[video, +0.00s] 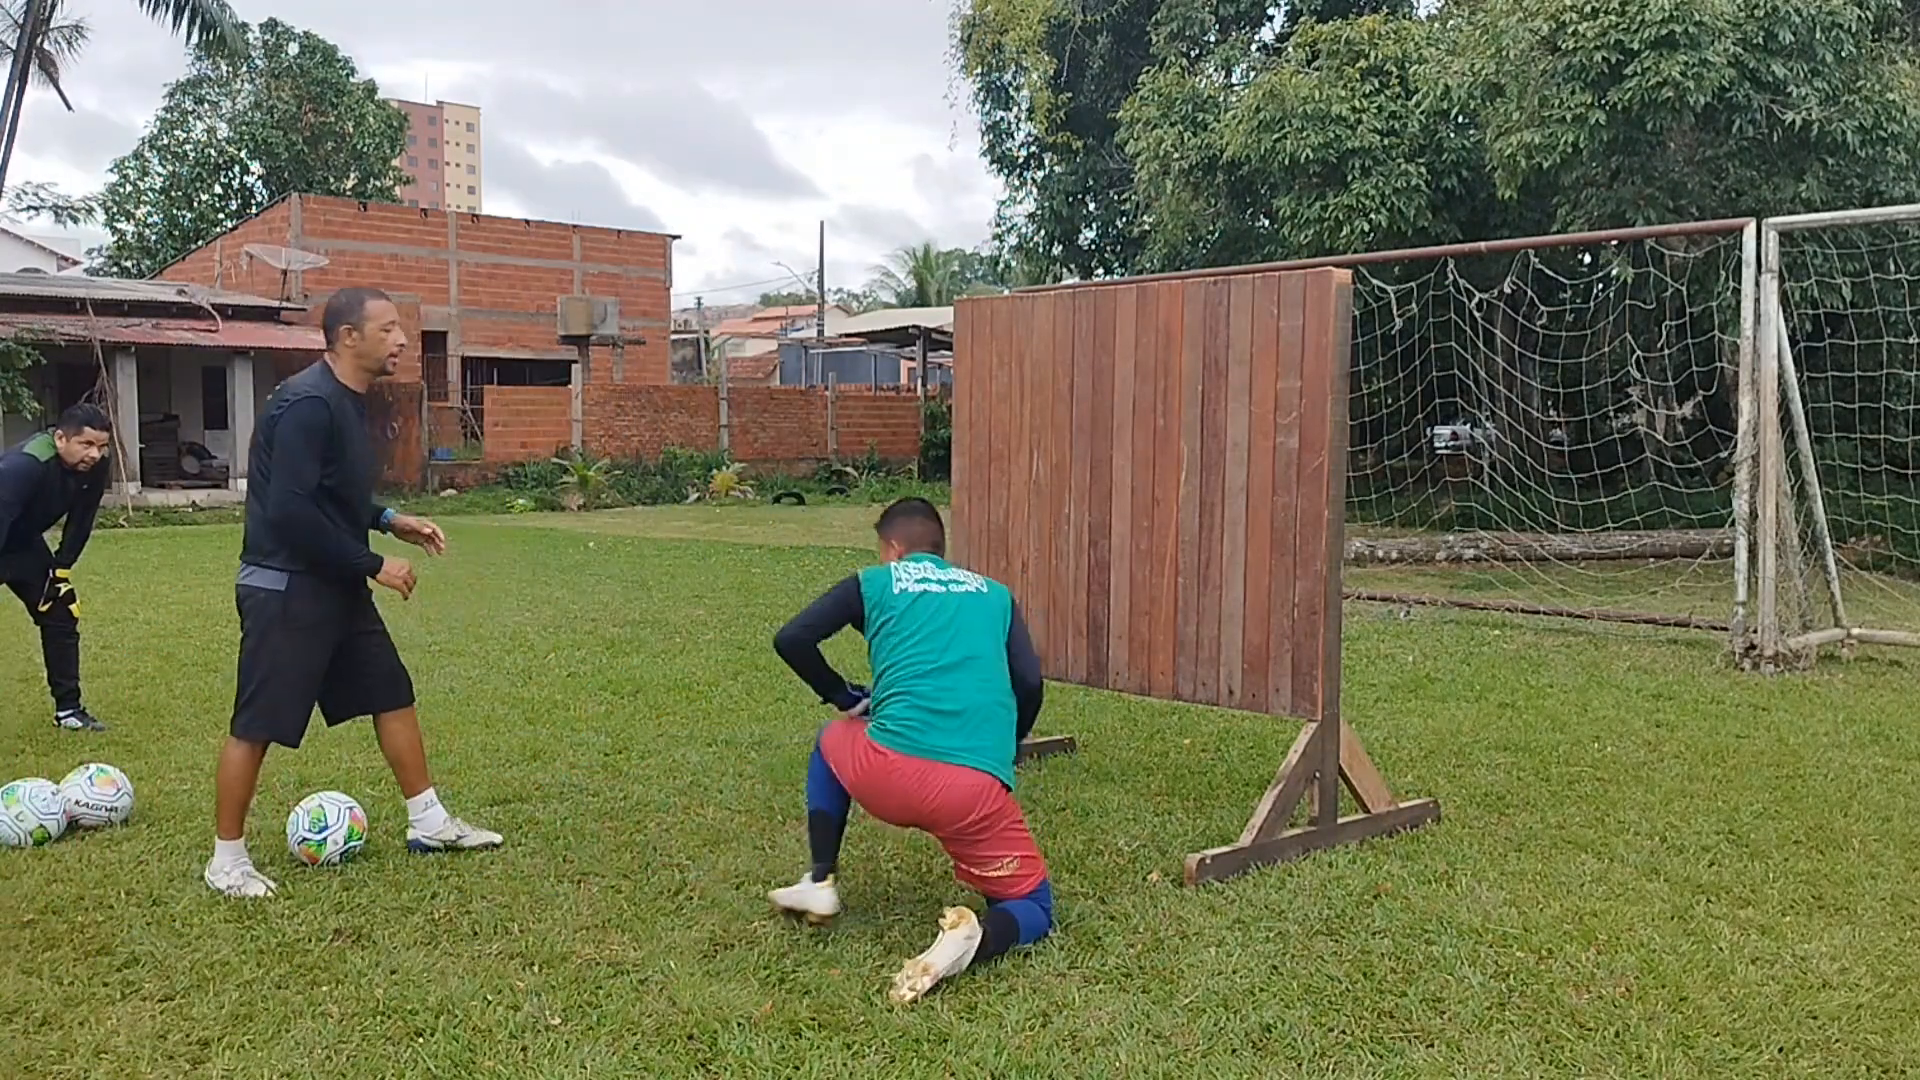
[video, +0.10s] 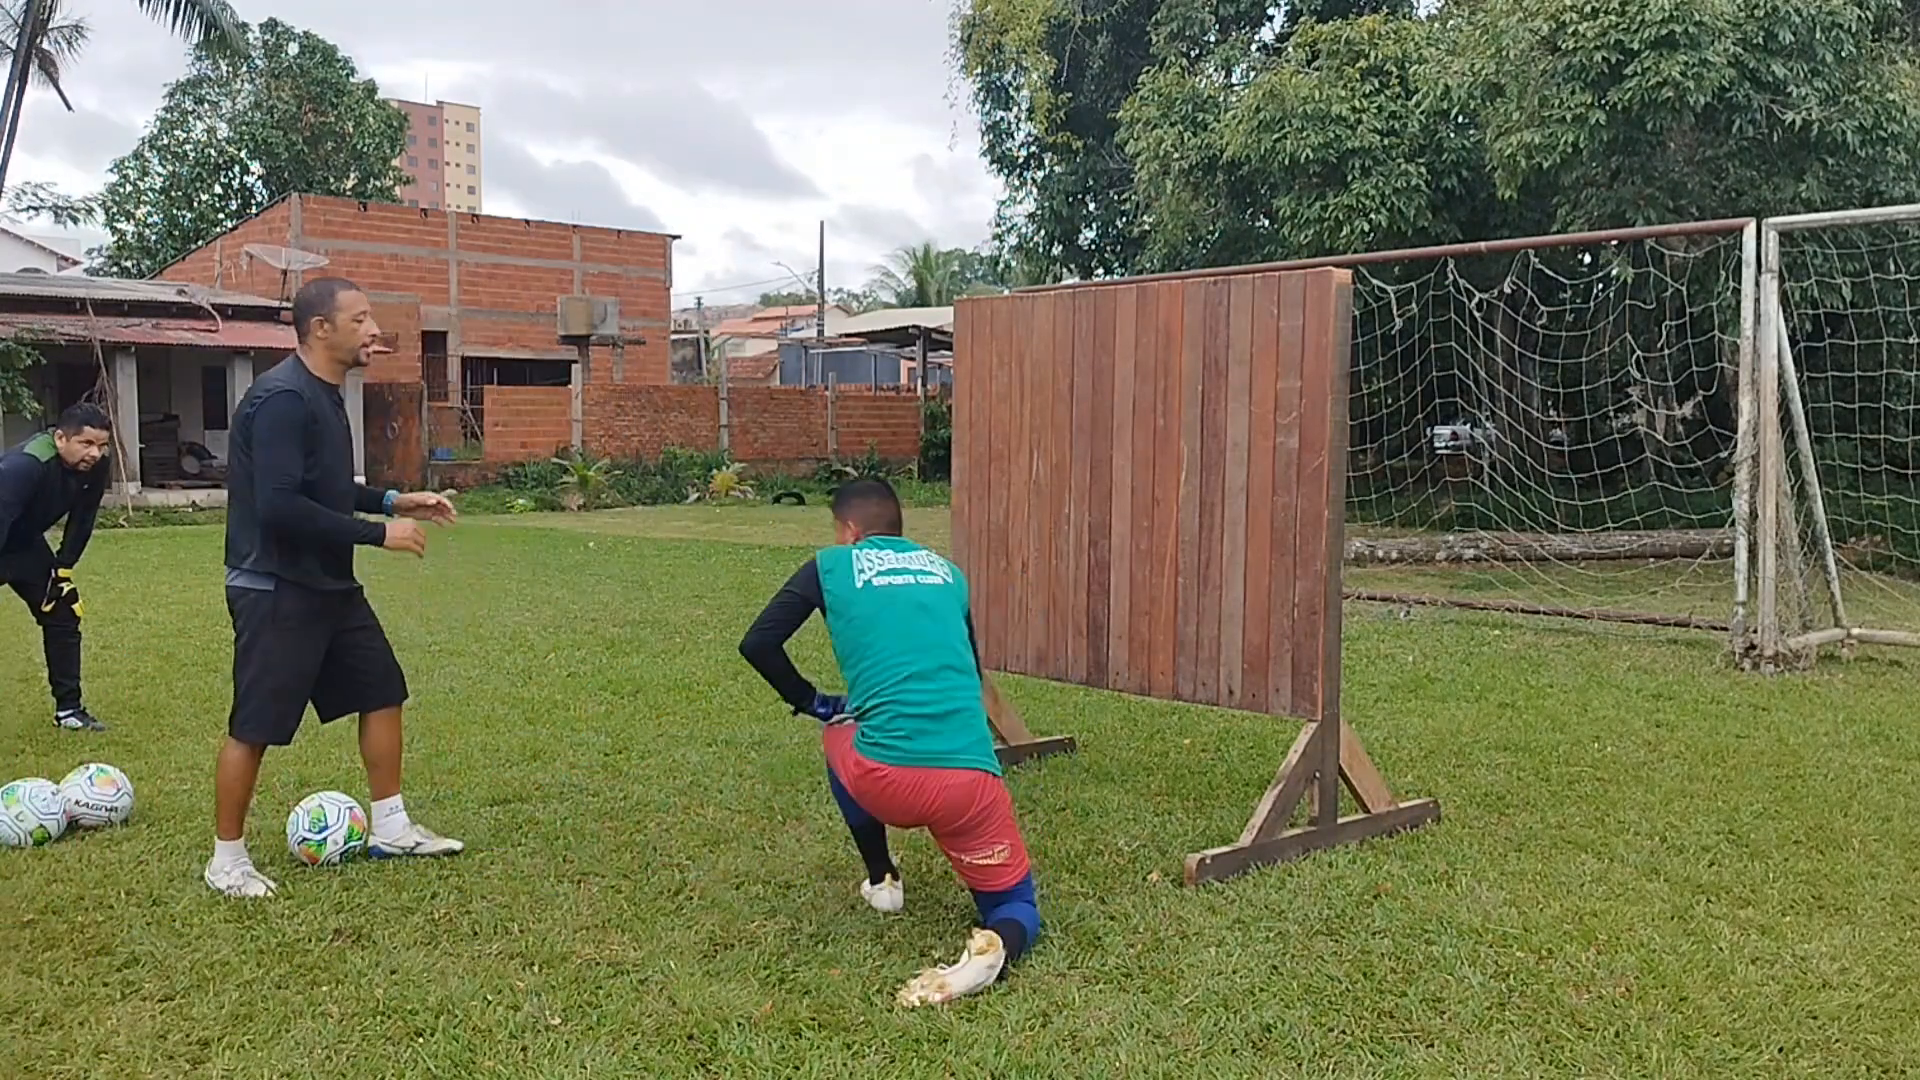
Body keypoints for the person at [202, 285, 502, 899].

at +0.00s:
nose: (398, 340)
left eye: (397, 329)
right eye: (387, 329)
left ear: (356, 340)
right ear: (347, 338)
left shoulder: (347, 401)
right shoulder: (306, 404)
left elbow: (338, 495)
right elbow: (289, 511)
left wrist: (393, 521)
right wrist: (374, 564)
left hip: (336, 585)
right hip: (283, 588)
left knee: (393, 695)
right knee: (254, 724)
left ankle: (429, 822)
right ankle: (227, 860)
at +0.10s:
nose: (373, 331)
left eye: (370, 318)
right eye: (360, 320)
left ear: (332, 329)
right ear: (320, 329)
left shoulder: (323, 396)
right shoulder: (283, 399)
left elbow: (326, 487)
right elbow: (277, 506)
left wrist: (395, 499)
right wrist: (375, 532)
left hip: (330, 587)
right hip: (275, 589)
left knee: (383, 692)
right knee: (253, 724)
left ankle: (390, 827)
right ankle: (227, 859)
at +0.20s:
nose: (353, 325)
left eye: (350, 312)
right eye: (340, 314)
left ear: (310, 325)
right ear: (299, 326)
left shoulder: (310, 394)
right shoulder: (262, 398)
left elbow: (331, 480)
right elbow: (280, 501)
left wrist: (413, 477)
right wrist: (384, 492)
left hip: (320, 584)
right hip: (268, 589)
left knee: (367, 700)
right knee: (251, 724)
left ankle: (381, 834)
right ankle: (227, 859)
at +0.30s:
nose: (335, 319)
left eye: (331, 308)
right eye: (322, 310)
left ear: (291, 322)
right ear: (282, 322)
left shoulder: (299, 391)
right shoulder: (249, 394)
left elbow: (328, 475)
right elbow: (289, 489)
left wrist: (406, 457)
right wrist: (383, 451)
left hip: (313, 580)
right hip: (261, 585)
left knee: (358, 701)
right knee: (250, 723)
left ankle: (380, 835)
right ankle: (227, 860)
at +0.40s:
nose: (323, 319)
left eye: (320, 307)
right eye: (310, 309)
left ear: (278, 320)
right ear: (270, 320)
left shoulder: (293, 390)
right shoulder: (240, 393)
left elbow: (319, 474)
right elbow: (295, 483)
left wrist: (403, 453)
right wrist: (381, 434)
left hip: (309, 579)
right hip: (255, 583)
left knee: (350, 703)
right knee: (248, 722)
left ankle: (378, 834)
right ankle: (226, 858)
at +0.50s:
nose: (317, 318)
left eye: (312, 306)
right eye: (303, 309)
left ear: (270, 321)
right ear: (264, 322)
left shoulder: (282, 389)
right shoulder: (237, 394)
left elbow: (305, 474)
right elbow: (293, 486)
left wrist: (379, 465)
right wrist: (378, 465)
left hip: (307, 579)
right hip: (254, 585)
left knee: (345, 705)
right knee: (246, 725)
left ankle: (378, 833)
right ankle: (226, 858)